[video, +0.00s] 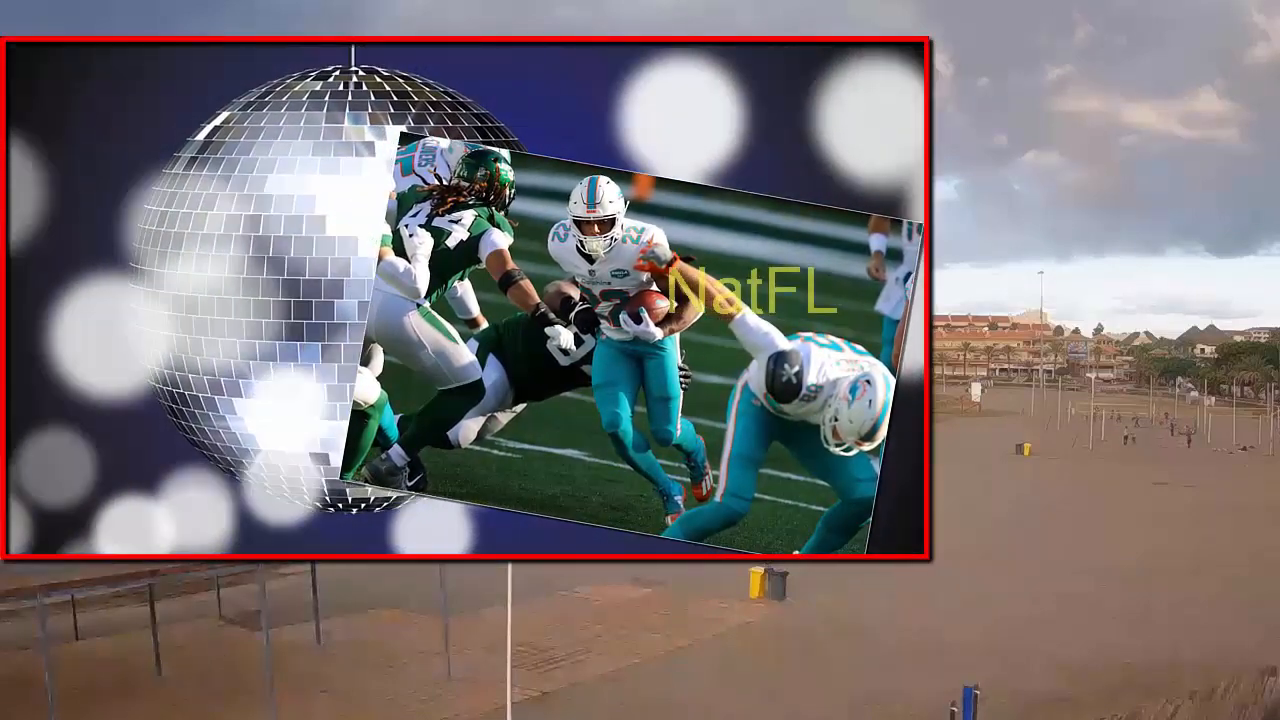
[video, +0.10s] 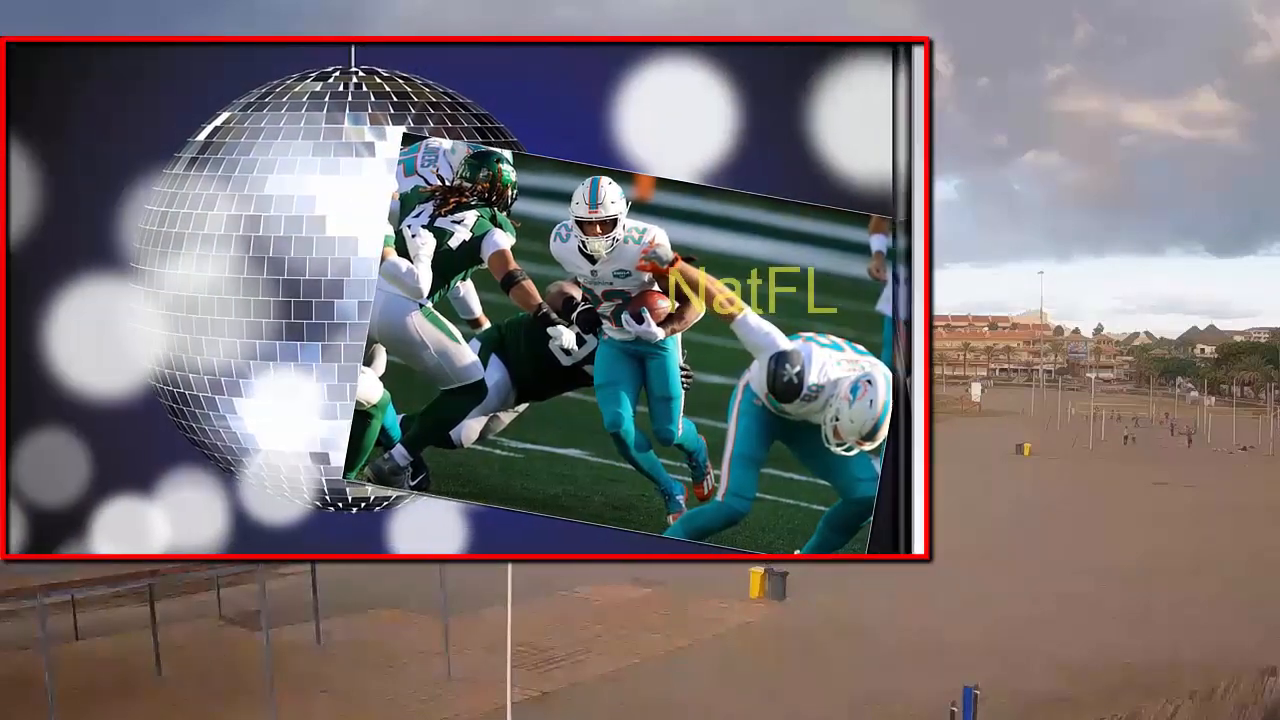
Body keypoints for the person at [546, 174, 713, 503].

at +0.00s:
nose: (594, 231)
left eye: (602, 223)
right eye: (585, 223)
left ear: (618, 218)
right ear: (573, 220)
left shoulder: (648, 242)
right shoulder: (561, 241)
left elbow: (696, 298)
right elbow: (583, 280)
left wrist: (662, 331)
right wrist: (582, 308)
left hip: (657, 341)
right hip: (610, 341)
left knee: (665, 432)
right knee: (616, 425)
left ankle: (697, 452)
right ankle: (670, 491)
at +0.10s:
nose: (595, 232)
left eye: (604, 223)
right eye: (587, 224)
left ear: (620, 218)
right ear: (576, 220)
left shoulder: (650, 243)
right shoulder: (562, 242)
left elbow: (697, 301)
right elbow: (588, 281)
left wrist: (664, 331)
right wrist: (592, 308)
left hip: (660, 343)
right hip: (614, 342)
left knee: (667, 433)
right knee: (617, 426)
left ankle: (698, 458)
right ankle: (671, 491)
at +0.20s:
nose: (597, 232)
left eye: (605, 224)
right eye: (589, 225)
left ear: (621, 218)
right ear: (577, 221)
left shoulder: (652, 243)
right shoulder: (565, 243)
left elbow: (699, 302)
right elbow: (590, 282)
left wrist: (665, 332)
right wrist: (590, 310)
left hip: (662, 343)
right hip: (615, 342)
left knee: (669, 432)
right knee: (619, 426)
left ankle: (701, 459)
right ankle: (673, 491)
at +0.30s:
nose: (599, 232)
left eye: (607, 224)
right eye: (591, 225)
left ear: (623, 219)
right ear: (580, 221)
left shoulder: (654, 243)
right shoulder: (566, 243)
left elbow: (700, 302)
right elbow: (591, 282)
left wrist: (667, 332)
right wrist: (590, 310)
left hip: (663, 343)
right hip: (617, 342)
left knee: (670, 432)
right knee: (621, 426)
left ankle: (702, 458)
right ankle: (675, 490)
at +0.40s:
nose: (601, 233)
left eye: (609, 225)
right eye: (593, 225)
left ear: (625, 219)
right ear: (582, 221)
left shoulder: (655, 244)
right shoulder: (569, 243)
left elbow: (700, 304)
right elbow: (590, 282)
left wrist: (668, 332)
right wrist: (591, 309)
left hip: (665, 343)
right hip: (619, 342)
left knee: (672, 431)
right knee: (623, 425)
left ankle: (703, 455)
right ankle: (677, 490)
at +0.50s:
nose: (603, 233)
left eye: (611, 225)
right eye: (595, 226)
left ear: (627, 219)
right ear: (584, 222)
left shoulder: (657, 243)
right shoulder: (571, 243)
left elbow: (701, 304)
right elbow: (592, 282)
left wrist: (669, 332)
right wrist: (592, 310)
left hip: (667, 343)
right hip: (621, 342)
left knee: (673, 431)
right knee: (625, 425)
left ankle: (704, 454)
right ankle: (678, 490)